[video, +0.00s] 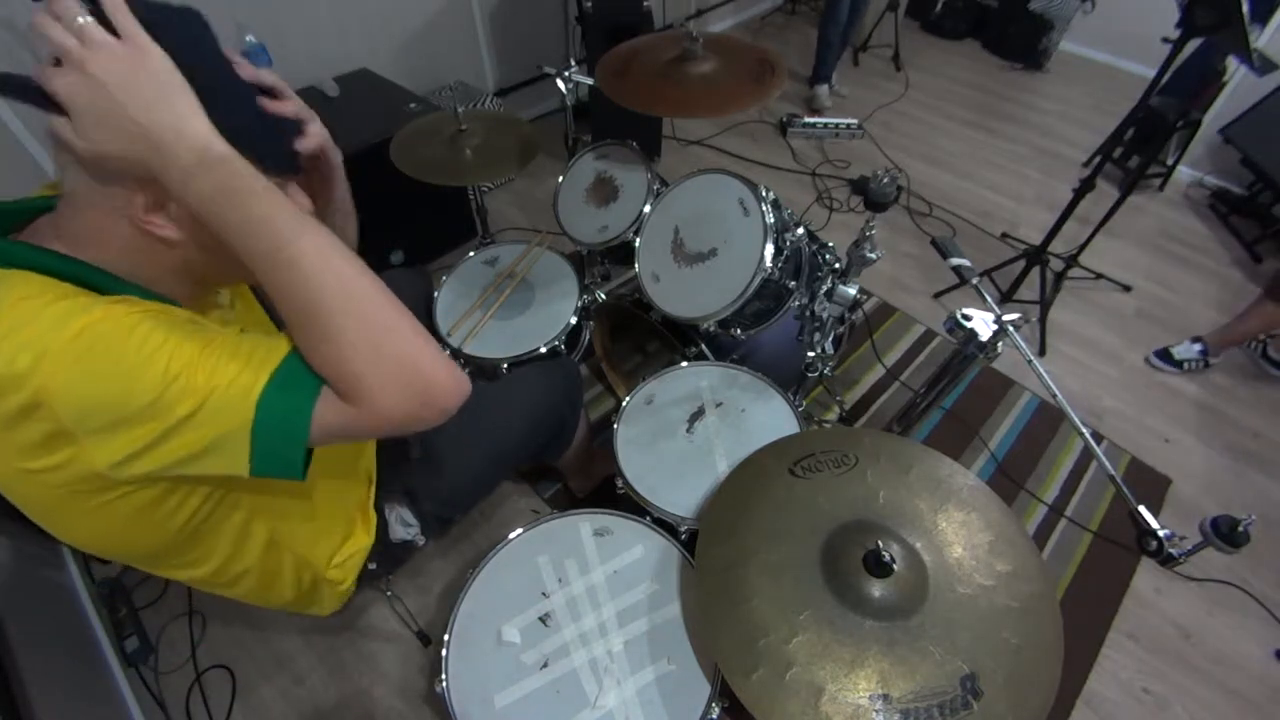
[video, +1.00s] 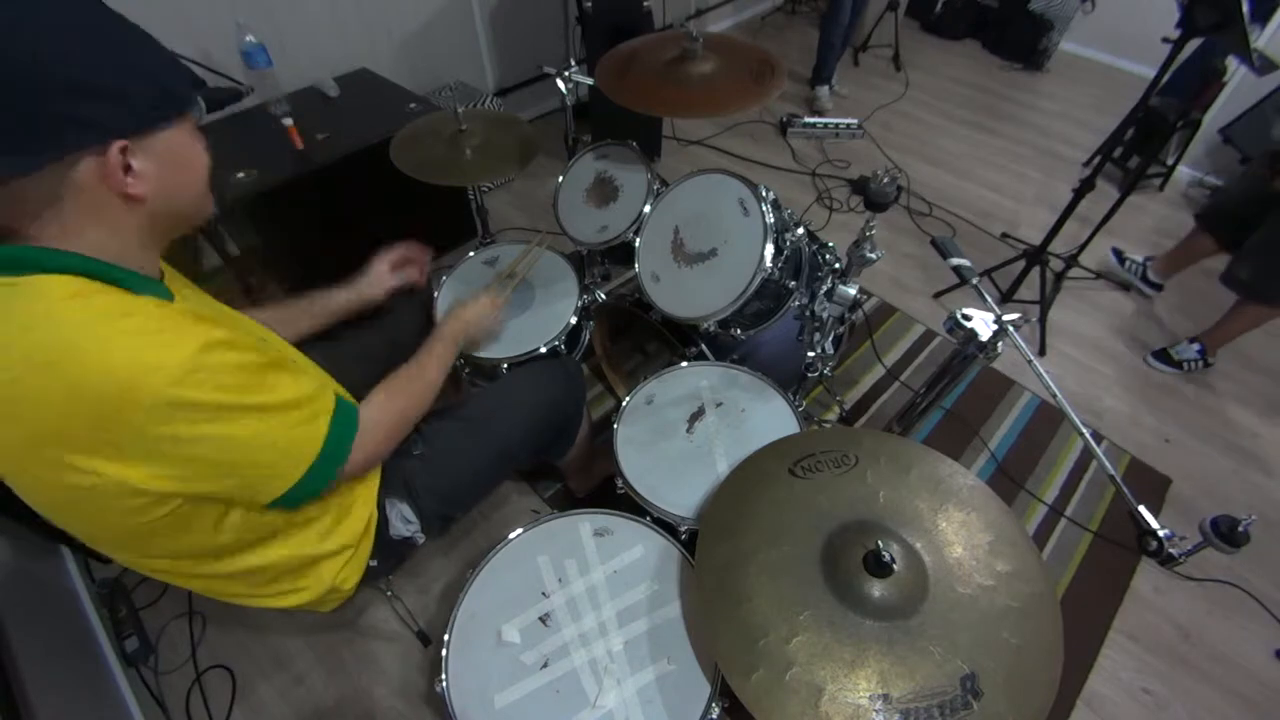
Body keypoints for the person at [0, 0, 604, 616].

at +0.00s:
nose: (292, 208)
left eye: (287, 187)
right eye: (272, 195)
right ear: (161, 217)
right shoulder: (78, 366)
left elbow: (318, 287)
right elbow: (425, 391)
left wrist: (327, 184)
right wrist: (190, 156)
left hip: (269, 364)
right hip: (341, 503)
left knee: (488, 277)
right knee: (553, 376)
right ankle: (575, 470)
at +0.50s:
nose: (283, 188)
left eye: (268, 160)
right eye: (245, 175)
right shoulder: (72, 368)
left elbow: (323, 246)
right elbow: (431, 379)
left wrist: (263, 108)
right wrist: (155, 191)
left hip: (265, 355)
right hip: (339, 503)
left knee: (486, 277)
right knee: (552, 378)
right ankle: (572, 470)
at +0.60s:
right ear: (28, 180)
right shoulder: (51, 371)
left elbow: (320, 249)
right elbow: (429, 385)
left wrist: (253, 118)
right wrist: (187, 174)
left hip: (285, 343)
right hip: (340, 499)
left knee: (496, 274)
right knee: (551, 375)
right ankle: (574, 471)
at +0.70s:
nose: (256, 204)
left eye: (243, 179)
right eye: (231, 185)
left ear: (140, 195)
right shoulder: (92, 383)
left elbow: (288, 257)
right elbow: (416, 422)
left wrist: (272, 134)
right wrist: (272, 156)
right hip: (348, 507)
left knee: (473, 273)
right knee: (552, 377)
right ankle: (577, 469)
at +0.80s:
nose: (250, 196)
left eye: (248, 177)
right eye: (236, 176)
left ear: (137, 190)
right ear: (142, 189)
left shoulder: (78, 251)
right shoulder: (112, 392)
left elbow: (262, 297)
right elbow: (388, 461)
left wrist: (277, 183)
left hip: (279, 393)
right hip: (349, 516)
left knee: (426, 292)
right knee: (554, 375)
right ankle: (567, 472)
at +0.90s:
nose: (232, 172)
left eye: (223, 151)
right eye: (214, 154)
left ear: (128, 182)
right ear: (132, 180)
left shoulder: (73, 263)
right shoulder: (134, 390)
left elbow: (221, 321)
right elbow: (363, 463)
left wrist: (332, 241)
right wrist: (453, 302)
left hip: (271, 399)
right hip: (350, 523)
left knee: (420, 283)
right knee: (555, 376)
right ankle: (574, 471)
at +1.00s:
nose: (205, 146)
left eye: (194, 123)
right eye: (190, 128)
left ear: (119, 171)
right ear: (127, 168)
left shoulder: (40, 274)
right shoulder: (162, 369)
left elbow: (210, 338)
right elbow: (354, 446)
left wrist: (356, 296)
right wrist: (451, 337)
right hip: (337, 526)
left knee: (421, 305)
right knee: (559, 377)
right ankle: (573, 476)